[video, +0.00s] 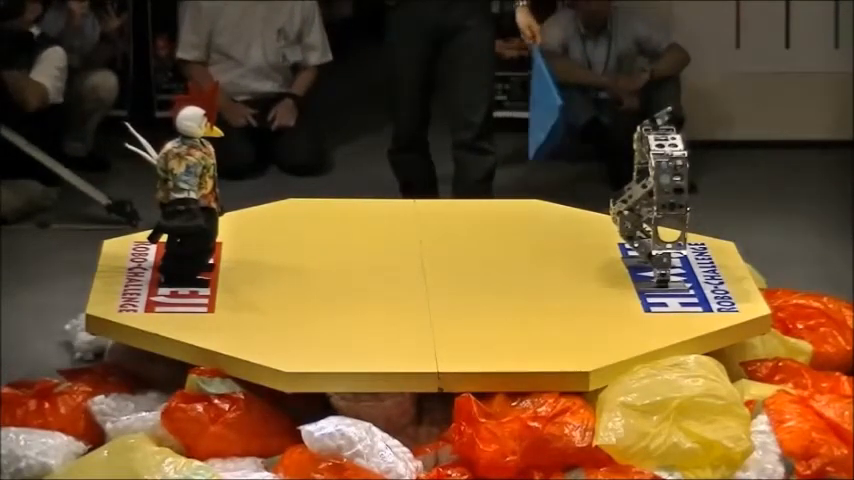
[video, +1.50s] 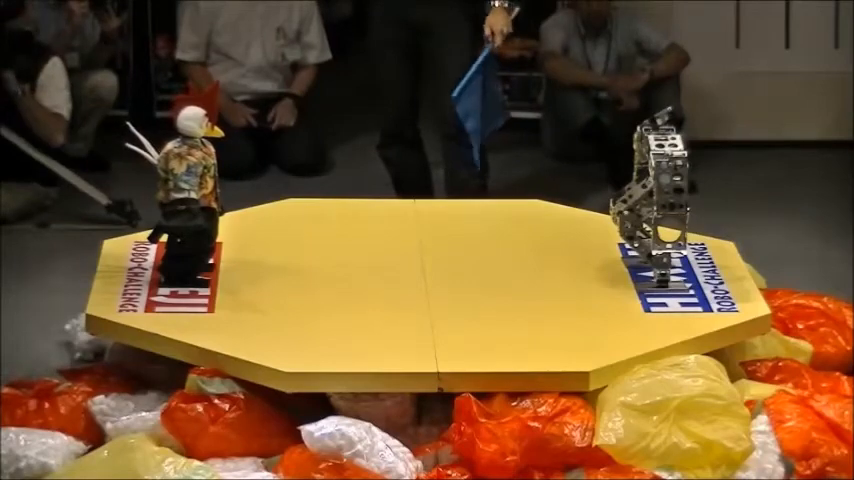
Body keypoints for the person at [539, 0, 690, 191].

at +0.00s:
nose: (596, 11)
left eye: (602, 5)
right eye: (589, 5)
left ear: (611, 5)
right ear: (576, 6)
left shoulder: (627, 24)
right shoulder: (561, 24)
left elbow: (679, 56)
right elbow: (548, 64)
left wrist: (645, 76)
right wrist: (610, 83)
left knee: (666, 83)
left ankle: (669, 169)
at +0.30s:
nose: (595, 9)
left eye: (602, 3)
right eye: (588, 3)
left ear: (611, 5)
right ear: (575, 5)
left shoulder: (625, 25)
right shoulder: (557, 26)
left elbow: (679, 56)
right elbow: (554, 67)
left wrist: (644, 76)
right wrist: (613, 84)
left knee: (666, 81)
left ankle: (668, 165)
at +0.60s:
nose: (596, 7)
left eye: (602, 2)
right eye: (589, 2)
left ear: (611, 4)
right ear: (575, 5)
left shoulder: (625, 25)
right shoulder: (557, 26)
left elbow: (679, 56)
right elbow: (554, 66)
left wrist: (644, 76)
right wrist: (612, 84)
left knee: (667, 82)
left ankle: (668, 167)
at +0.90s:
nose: (595, 7)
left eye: (601, 2)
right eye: (588, 2)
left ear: (610, 4)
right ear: (575, 5)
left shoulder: (626, 24)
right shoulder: (557, 26)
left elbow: (679, 56)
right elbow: (555, 67)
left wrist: (644, 76)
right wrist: (612, 84)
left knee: (667, 82)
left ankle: (668, 167)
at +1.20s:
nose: (595, 7)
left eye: (601, 1)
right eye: (587, 2)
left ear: (610, 4)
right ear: (575, 5)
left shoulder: (626, 24)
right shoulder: (558, 25)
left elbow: (679, 56)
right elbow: (554, 66)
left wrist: (644, 76)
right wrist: (612, 84)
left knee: (666, 82)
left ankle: (668, 168)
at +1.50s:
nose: (595, 8)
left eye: (601, 2)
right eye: (587, 2)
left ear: (610, 4)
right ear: (574, 5)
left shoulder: (626, 24)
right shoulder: (558, 25)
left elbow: (679, 56)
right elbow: (553, 67)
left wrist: (643, 77)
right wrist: (610, 83)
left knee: (667, 81)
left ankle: (669, 167)